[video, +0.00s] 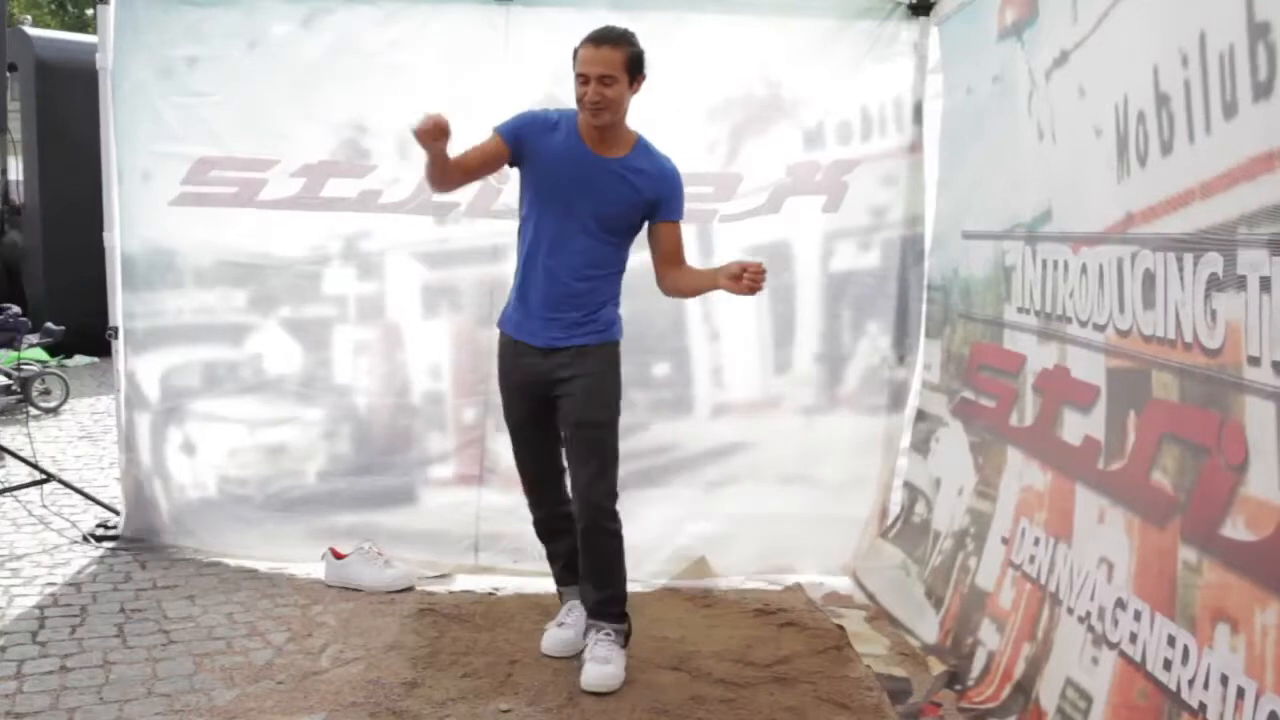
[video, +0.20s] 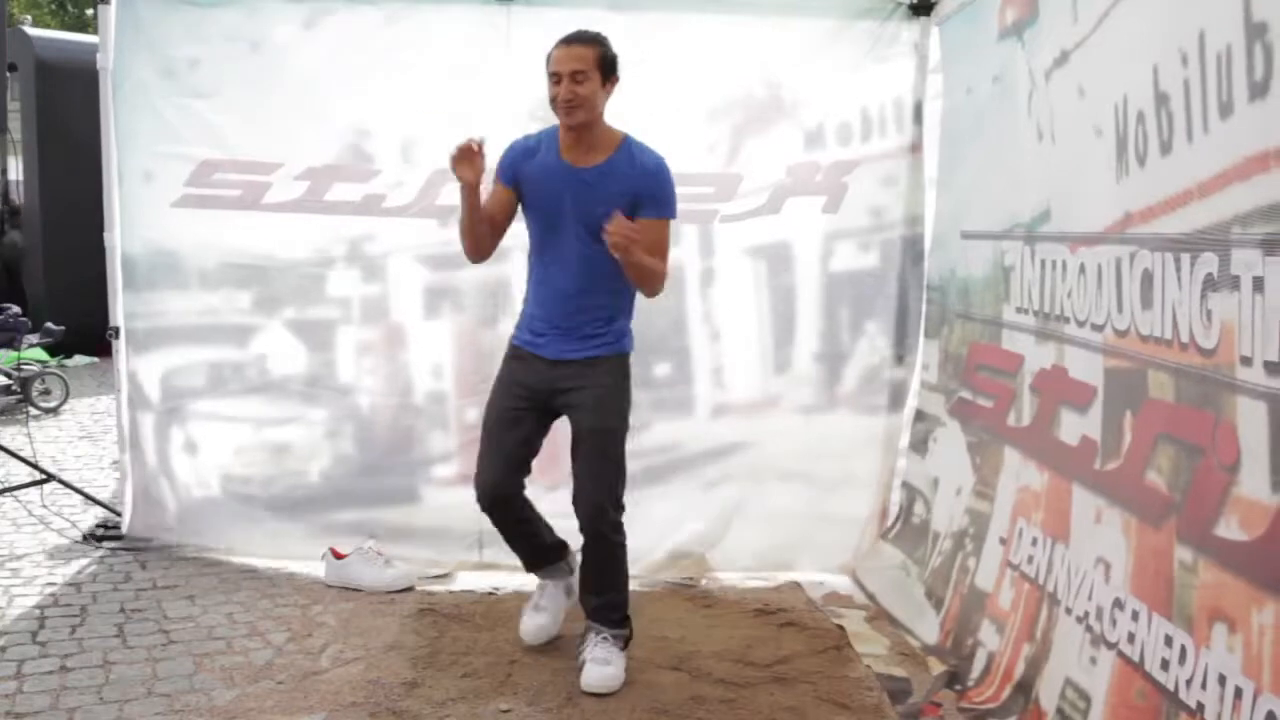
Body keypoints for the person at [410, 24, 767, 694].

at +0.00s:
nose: (595, 92)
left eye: (608, 82)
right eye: (585, 80)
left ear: (635, 85)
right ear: (573, 81)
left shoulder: (656, 176)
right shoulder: (535, 131)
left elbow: (671, 276)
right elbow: (446, 179)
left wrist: (721, 276)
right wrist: (436, 150)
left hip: (591, 350)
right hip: (521, 345)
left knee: (594, 496)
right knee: (543, 491)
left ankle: (607, 629)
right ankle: (574, 598)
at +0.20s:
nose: (567, 91)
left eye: (580, 79)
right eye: (557, 80)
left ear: (609, 85)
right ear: (547, 88)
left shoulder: (646, 171)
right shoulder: (523, 157)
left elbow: (653, 282)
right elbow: (479, 248)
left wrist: (631, 255)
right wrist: (470, 190)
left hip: (600, 360)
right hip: (530, 353)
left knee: (596, 508)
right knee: (494, 488)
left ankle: (608, 634)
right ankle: (557, 571)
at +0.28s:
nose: (547, 85)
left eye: (560, 73)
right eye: (538, 75)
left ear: (591, 78)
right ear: (529, 84)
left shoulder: (632, 157)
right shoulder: (520, 155)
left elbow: (633, 263)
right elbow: (481, 247)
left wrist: (580, 212)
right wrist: (458, 175)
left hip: (600, 356)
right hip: (530, 348)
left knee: (599, 504)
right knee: (489, 478)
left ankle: (607, 632)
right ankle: (543, 564)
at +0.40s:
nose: (524, 72)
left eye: (535, 59)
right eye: (513, 62)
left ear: (566, 65)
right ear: (506, 72)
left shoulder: (608, 129)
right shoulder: (507, 148)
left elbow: (585, 220)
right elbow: (493, 248)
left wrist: (497, 177)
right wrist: (473, 190)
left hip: (599, 343)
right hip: (530, 338)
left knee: (607, 492)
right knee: (497, 477)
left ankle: (617, 630)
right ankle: (522, 591)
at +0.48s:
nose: (512, 82)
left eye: (523, 71)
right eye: (501, 72)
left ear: (551, 78)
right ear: (492, 84)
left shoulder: (594, 135)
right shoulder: (495, 167)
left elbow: (568, 216)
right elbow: (494, 262)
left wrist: (465, 200)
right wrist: (469, 217)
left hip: (596, 349)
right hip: (527, 348)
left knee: (613, 497)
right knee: (504, 489)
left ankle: (624, 630)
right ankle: (524, 606)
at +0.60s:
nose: (491, 88)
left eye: (503, 77)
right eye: (480, 78)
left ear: (529, 84)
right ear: (469, 90)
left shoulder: (575, 136)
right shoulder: (479, 180)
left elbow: (568, 230)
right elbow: (480, 278)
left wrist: (501, 285)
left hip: (592, 345)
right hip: (524, 346)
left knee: (592, 493)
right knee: (504, 489)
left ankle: (617, 624)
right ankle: (523, 609)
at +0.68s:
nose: (482, 91)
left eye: (495, 80)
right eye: (472, 81)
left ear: (521, 89)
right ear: (461, 92)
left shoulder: (570, 142)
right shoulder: (472, 182)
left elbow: (597, 240)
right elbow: (464, 284)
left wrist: (577, 323)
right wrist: (412, 324)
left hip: (586, 342)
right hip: (518, 344)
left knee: (582, 484)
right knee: (499, 487)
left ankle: (614, 601)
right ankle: (524, 607)